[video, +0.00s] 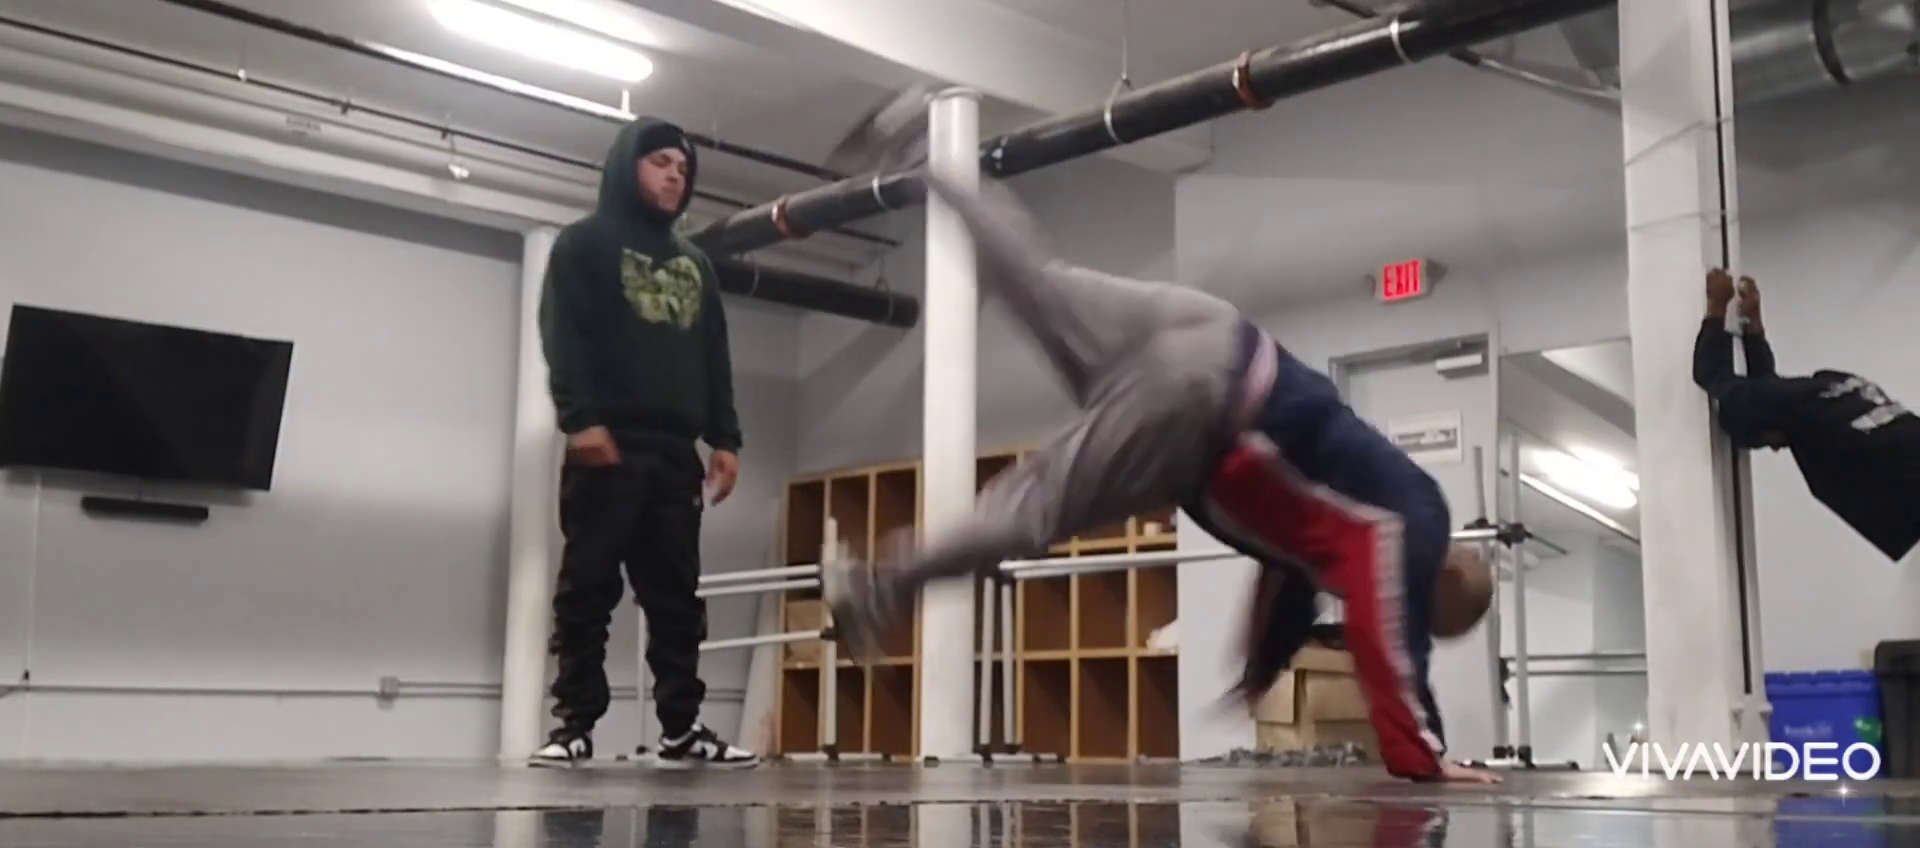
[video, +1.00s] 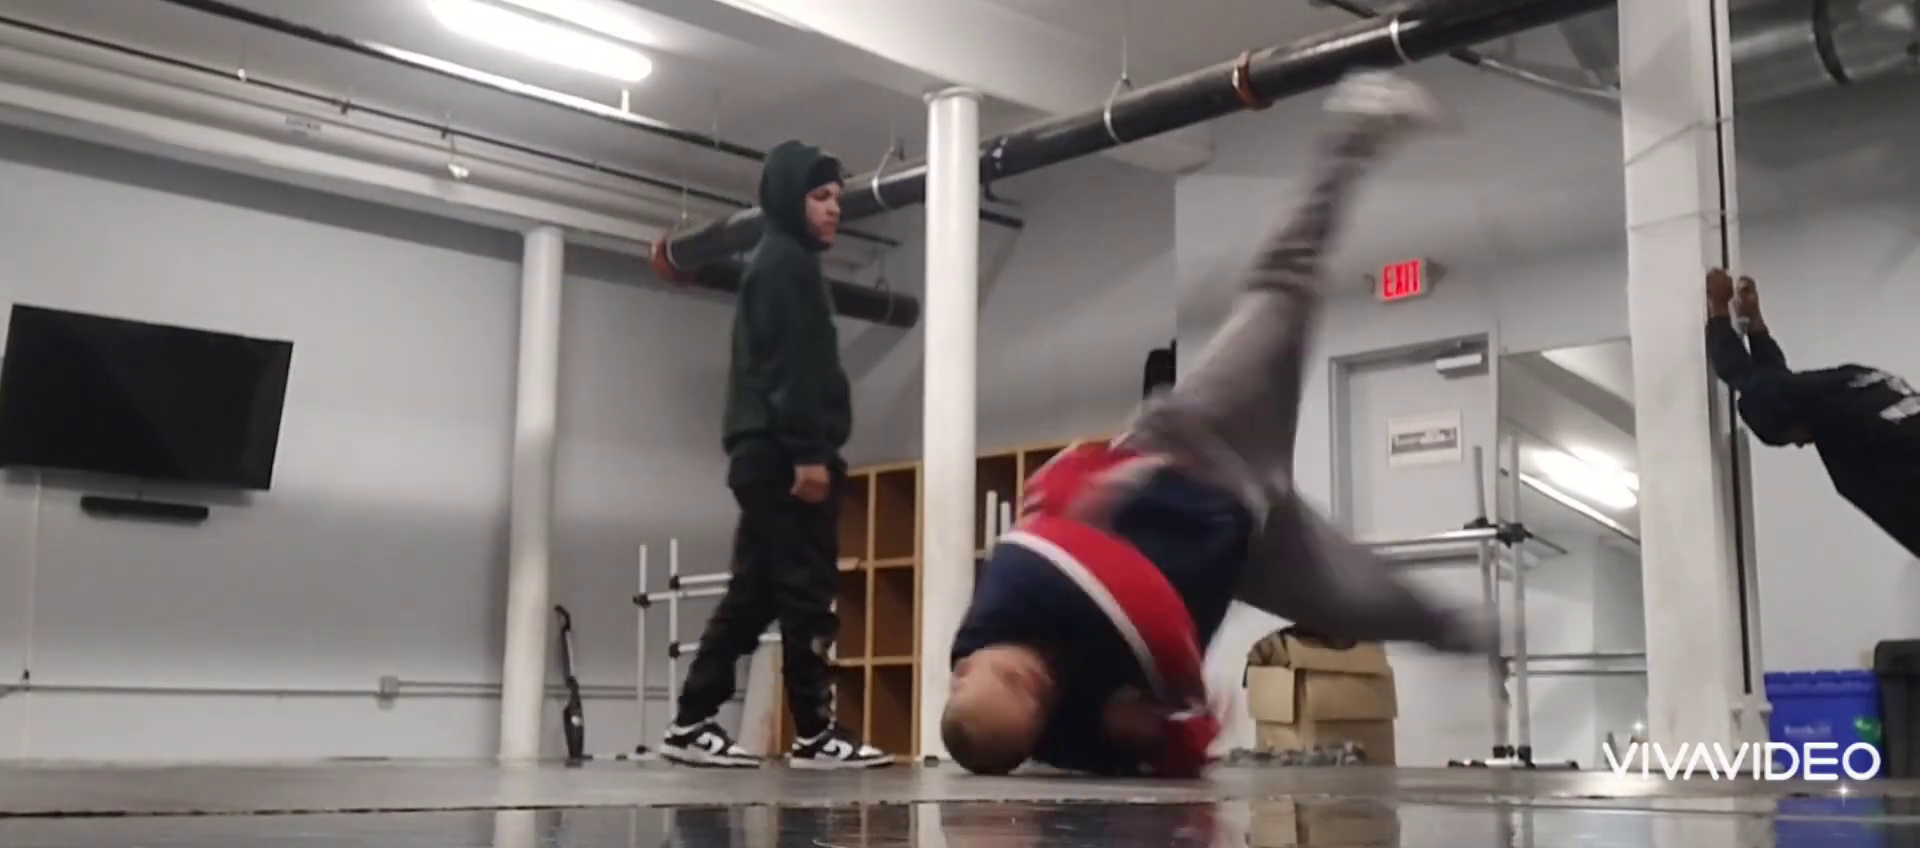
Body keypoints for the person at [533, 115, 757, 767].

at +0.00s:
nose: (675, 177)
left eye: (682, 169)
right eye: (662, 162)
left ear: (687, 184)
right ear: (628, 167)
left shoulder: (694, 263)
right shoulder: (583, 243)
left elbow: (714, 357)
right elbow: (562, 337)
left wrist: (724, 440)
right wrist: (580, 421)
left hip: (675, 449)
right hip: (603, 444)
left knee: (675, 594)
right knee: (587, 591)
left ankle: (681, 728)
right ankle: (573, 728)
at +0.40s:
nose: (739, 198)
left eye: (746, 188)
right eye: (728, 184)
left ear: (749, 198)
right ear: (692, 186)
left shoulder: (735, 272)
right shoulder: (662, 256)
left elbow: (751, 370)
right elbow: (649, 351)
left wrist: (774, 456)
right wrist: (657, 437)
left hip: (734, 449)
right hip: (686, 445)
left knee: (713, 590)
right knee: (678, 579)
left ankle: (684, 728)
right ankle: (635, 717)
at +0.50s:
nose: (756, 200)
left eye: (761, 190)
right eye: (744, 186)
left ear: (762, 199)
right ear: (709, 188)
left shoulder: (741, 271)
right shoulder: (681, 255)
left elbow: (751, 373)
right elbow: (670, 349)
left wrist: (777, 459)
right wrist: (679, 435)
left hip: (739, 447)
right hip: (700, 444)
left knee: (718, 581)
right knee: (704, 578)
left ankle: (692, 722)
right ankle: (681, 723)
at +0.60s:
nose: (772, 202)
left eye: (778, 192)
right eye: (760, 189)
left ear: (777, 201)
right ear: (725, 192)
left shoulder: (740, 264)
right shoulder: (702, 253)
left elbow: (753, 370)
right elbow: (693, 350)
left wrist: (770, 459)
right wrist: (708, 434)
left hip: (740, 448)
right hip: (711, 446)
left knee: (704, 586)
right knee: (739, 580)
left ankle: (683, 727)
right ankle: (750, 727)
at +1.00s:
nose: (835, 209)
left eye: (837, 197)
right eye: (823, 197)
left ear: (824, 202)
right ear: (789, 200)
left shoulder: (781, 261)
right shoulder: (786, 262)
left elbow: (791, 363)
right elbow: (793, 363)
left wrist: (809, 447)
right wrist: (807, 451)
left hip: (768, 451)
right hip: (785, 452)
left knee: (754, 592)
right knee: (809, 593)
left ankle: (692, 722)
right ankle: (816, 734)